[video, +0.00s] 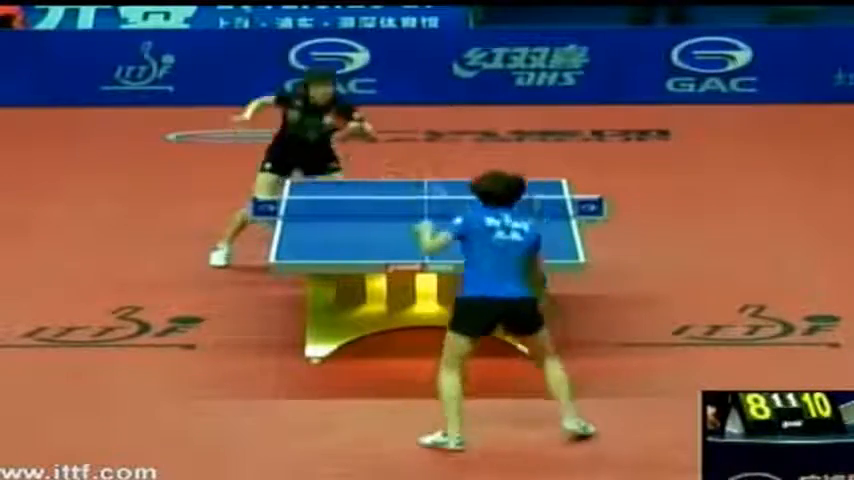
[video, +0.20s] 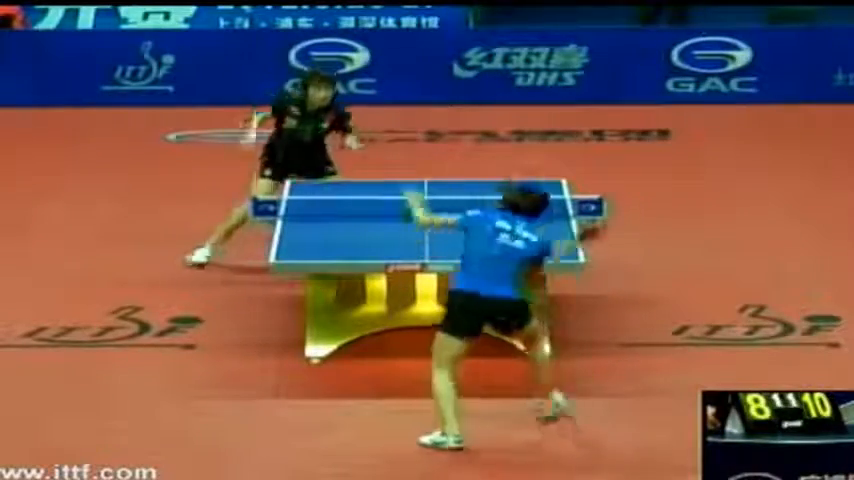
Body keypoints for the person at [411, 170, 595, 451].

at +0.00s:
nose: (477, 198)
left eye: (480, 194)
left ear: (483, 197)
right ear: (514, 199)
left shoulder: (470, 221)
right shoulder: (527, 228)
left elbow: (431, 248)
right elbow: (537, 274)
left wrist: (425, 235)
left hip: (476, 301)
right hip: (519, 302)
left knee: (451, 365)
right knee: (548, 357)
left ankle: (452, 434)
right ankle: (571, 418)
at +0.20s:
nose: (503, 198)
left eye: (507, 195)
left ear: (507, 202)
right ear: (535, 212)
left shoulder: (479, 219)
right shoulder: (536, 240)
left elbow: (428, 221)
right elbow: (538, 286)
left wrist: (416, 207)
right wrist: (545, 323)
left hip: (467, 300)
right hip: (507, 303)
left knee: (442, 365)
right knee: (537, 342)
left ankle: (450, 432)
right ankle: (550, 399)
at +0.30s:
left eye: (529, 198)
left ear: (528, 204)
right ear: (552, 220)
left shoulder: (498, 217)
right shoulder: (547, 245)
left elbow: (448, 211)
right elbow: (543, 287)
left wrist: (417, 193)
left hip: (467, 294)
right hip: (506, 301)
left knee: (444, 365)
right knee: (536, 338)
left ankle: (449, 431)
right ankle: (550, 388)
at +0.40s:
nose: (582, 240)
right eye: (583, 234)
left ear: (552, 219)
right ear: (574, 234)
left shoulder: (522, 226)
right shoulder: (563, 259)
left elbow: (479, 209)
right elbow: (552, 288)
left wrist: (447, 183)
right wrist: (590, 278)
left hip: (482, 295)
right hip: (519, 304)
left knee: (449, 363)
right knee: (537, 340)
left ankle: (449, 423)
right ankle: (539, 395)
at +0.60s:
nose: (545, 216)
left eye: (549, 214)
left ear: (550, 219)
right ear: (571, 231)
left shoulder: (536, 229)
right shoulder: (567, 256)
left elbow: (514, 214)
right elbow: (549, 281)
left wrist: (491, 188)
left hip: (507, 297)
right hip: (540, 306)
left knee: (432, 349)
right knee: (536, 338)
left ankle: (463, 399)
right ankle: (540, 393)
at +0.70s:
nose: (534, 208)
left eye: (537, 206)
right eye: (535, 206)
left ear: (542, 210)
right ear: (565, 218)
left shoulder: (532, 223)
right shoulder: (563, 246)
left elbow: (513, 212)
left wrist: (489, 187)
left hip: (508, 294)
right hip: (541, 304)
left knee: (428, 336)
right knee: (537, 336)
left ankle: (463, 391)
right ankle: (539, 393)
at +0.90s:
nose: (502, 191)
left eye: (505, 187)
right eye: (503, 188)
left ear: (511, 188)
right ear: (539, 189)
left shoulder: (509, 205)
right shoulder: (552, 219)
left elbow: (479, 223)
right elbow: (547, 256)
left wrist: (447, 209)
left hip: (506, 287)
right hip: (542, 293)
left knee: (436, 338)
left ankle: (438, 405)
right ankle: (543, 400)